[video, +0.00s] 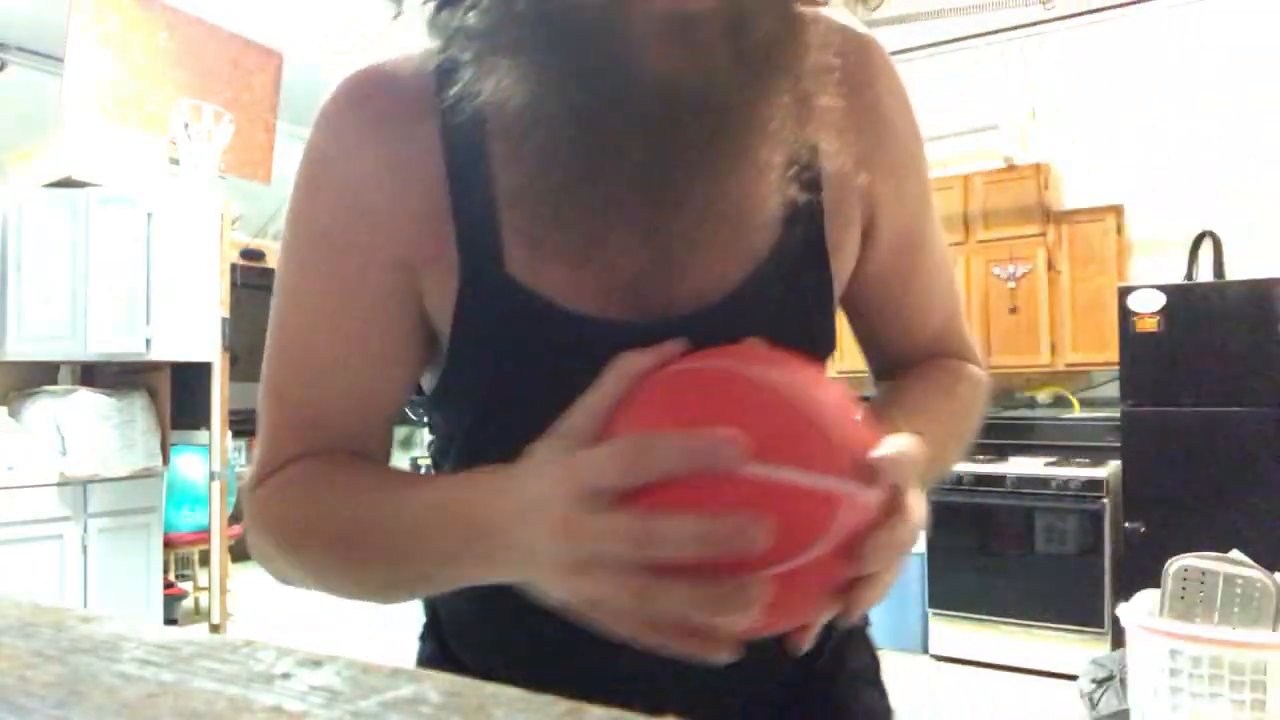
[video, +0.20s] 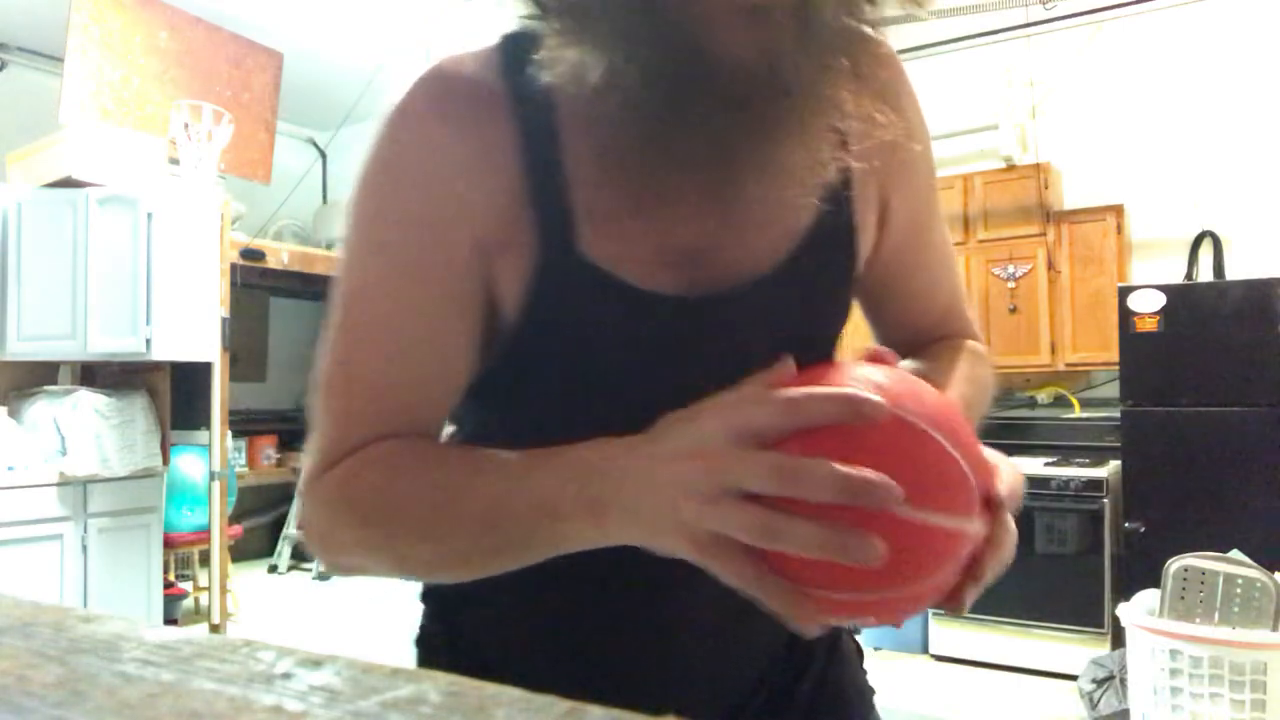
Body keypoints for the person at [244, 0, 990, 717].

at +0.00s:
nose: (697, 15)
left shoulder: (841, 86)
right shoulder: (393, 131)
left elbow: (938, 358)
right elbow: (291, 500)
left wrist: (905, 463)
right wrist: (506, 526)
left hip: (801, 680)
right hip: (519, 688)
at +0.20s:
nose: (771, 27)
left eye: (796, 16)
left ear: (814, 11)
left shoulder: (859, 91)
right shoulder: (468, 123)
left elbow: (941, 341)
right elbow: (344, 501)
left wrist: (923, 454)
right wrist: (621, 490)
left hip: (789, 673)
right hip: (525, 684)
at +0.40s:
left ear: (890, 7)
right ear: (643, 2)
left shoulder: (897, 125)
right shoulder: (528, 172)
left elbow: (965, 358)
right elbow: (445, 520)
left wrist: (962, 482)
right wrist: (637, 505)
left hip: (808, 680)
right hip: (564, 691)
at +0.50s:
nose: (781, 18)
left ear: (890, 6)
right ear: (631, 3)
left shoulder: (886, 130)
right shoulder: (516, 191)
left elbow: (956, 363)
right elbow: (470, 543)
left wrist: (946, 472)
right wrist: (598, 534)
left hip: (795, 660)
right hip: (566, 673)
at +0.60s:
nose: (741, 57)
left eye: (805, 8)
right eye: (688, 2)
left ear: (873, 14)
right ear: (584, 6)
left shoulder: (868, 140)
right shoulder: (485, 202)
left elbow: (929, 360)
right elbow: (448, 560)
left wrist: (927, 488)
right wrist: (498, 590)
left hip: (775, 666)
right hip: (549, 678)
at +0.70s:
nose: (681, 99)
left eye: (751, 19)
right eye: (622, 11)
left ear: (836, 16)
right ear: (516, 13)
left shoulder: (850, 167)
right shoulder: (434, 224)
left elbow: (910, 371)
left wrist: (906, 521)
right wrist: (442, 636)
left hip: (753, 684)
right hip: (525, 692)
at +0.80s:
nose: (618, 141)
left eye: (700, 51)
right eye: (551, 32)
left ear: (798, 36)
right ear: (456, 29)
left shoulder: (829, 194)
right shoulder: (385, 245)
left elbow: (892, 401)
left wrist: (872, 564)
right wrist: (382, 634)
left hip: (734, 686)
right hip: (497, 695)